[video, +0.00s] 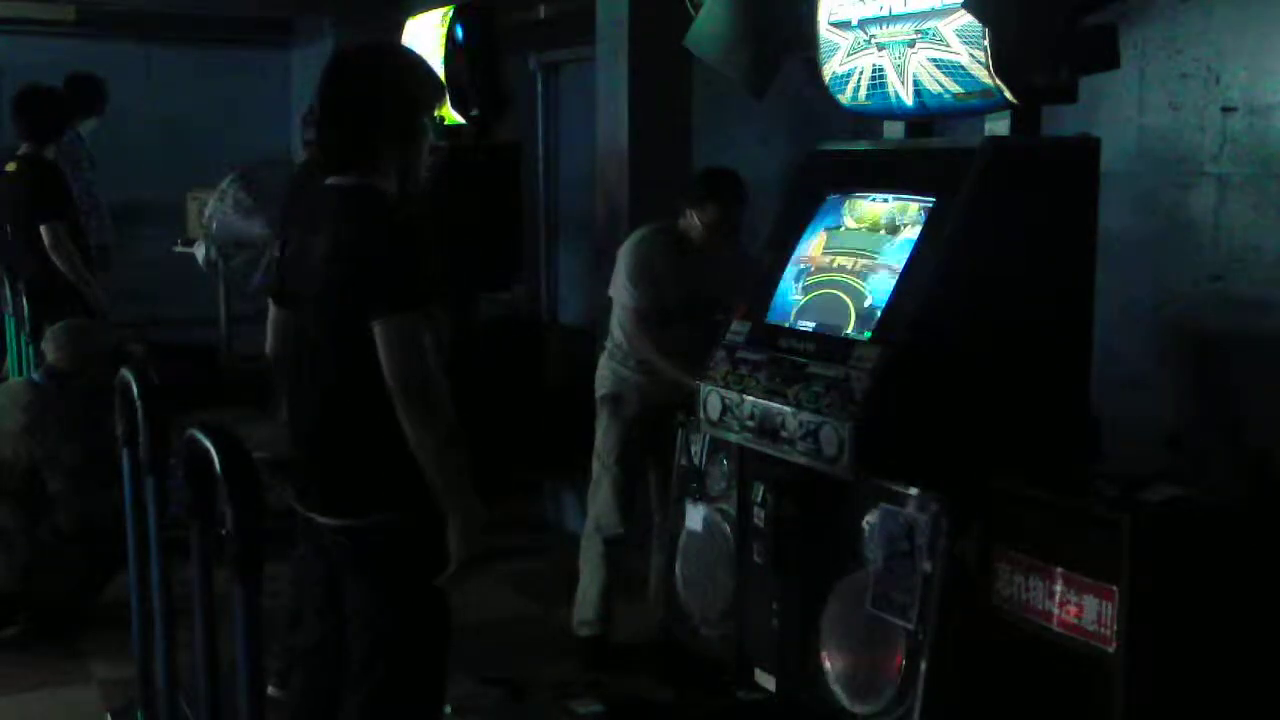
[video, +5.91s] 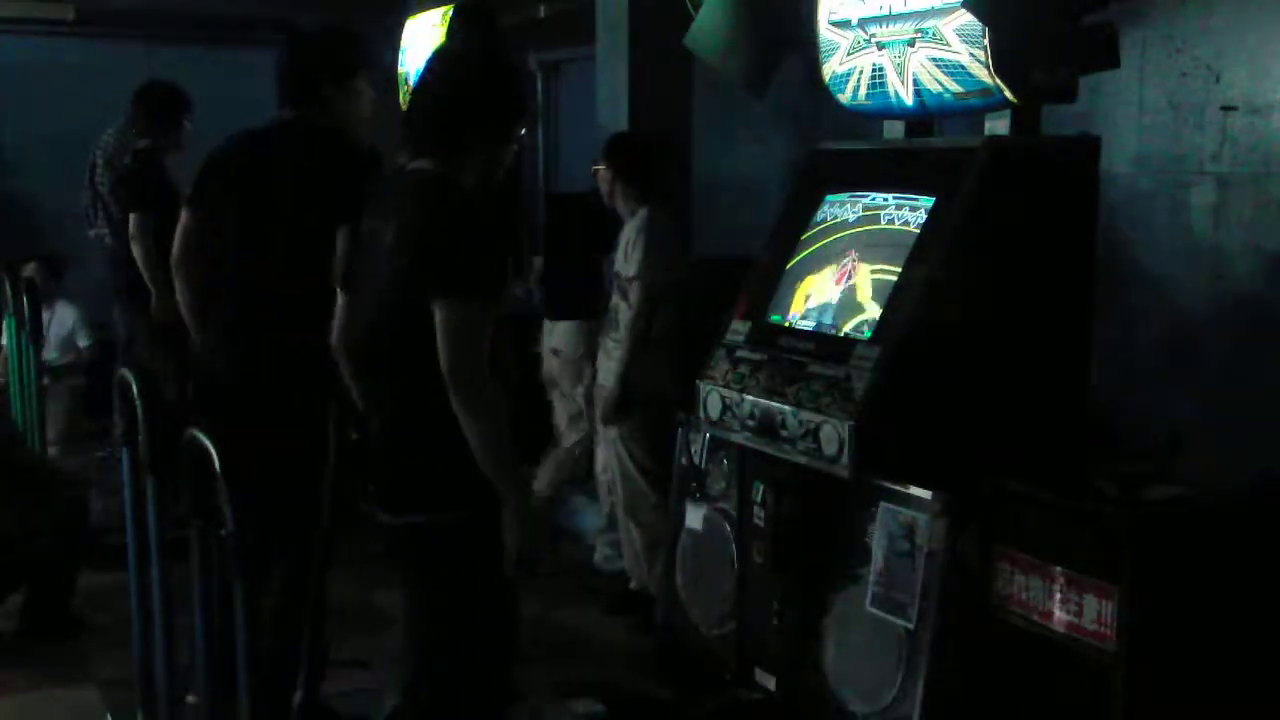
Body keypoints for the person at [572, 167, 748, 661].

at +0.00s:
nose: (720, 233)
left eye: (726, 223)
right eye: (714, 221)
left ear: (732, 221)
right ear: (690, 212)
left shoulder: (720, 258)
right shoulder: (645, 249)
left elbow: (737, 319)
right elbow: (631, 333)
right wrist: (686, 378)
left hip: (680, 389)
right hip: (626, 385)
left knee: (674, 507)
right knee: (612, 507)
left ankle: (667, 623)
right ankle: (591, 625)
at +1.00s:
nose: (693, 217)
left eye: (702, 208)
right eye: (688, 205)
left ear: (712, 208)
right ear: (669, 196)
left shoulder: (711, 246)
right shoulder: (624, 238)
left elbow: (726, 311)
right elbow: (593, 311)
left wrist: (699, 361)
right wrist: (637, 361)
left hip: (681, 386)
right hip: (623, 384)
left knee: (676, 499)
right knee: (606, 495)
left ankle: (668, 605)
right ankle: (597, 592)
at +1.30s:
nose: (622, 209)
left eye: (630, 199)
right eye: (614, 199)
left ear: (651, 195)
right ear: (606, 197)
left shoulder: (676, 241)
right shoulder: (594, 232)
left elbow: (708, 312)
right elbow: (572, 299)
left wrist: (676, 370)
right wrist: (592, 359)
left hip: (657, 385)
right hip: (603, 383)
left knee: (665, 503)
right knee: (595, 498)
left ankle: (667, 607)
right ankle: (604, 594)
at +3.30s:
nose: (581, 215)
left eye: (584, 204)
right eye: (576, 206)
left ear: (607, 193)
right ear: (594, 201)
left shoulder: (651, 230)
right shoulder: (615, 233)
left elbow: (678, 303)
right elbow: (625, 305)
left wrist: (685, 378)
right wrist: (617, 356)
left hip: (649, 374)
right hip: (617, 370)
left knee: (641, 487)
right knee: (618, 484)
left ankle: (654, 598)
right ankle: (634, 586)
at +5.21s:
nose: (598, 181)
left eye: (603, 172)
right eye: (599, 171)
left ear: (620, 177)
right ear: (629, 177)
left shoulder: (648, 230)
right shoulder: (633, 229)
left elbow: (644, 317)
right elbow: (629, 315)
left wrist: (624, 387)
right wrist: (608, 377)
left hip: (629, 385)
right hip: (611, 380)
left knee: (639, 493)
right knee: (623, 490)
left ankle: (653, 589)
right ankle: (633, 581)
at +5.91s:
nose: (599, 181)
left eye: (604, 172)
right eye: (599, 172)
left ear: (620, 177)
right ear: (635, 176)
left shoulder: (643, 231)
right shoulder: (638, 228)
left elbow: (632, 317)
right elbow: (624, 317)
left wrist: (612, 389)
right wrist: (603, 378)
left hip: (635, 389)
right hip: (623, 384)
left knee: (637, 494)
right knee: (618, 488)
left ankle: (651, 588)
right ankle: (634, 578)